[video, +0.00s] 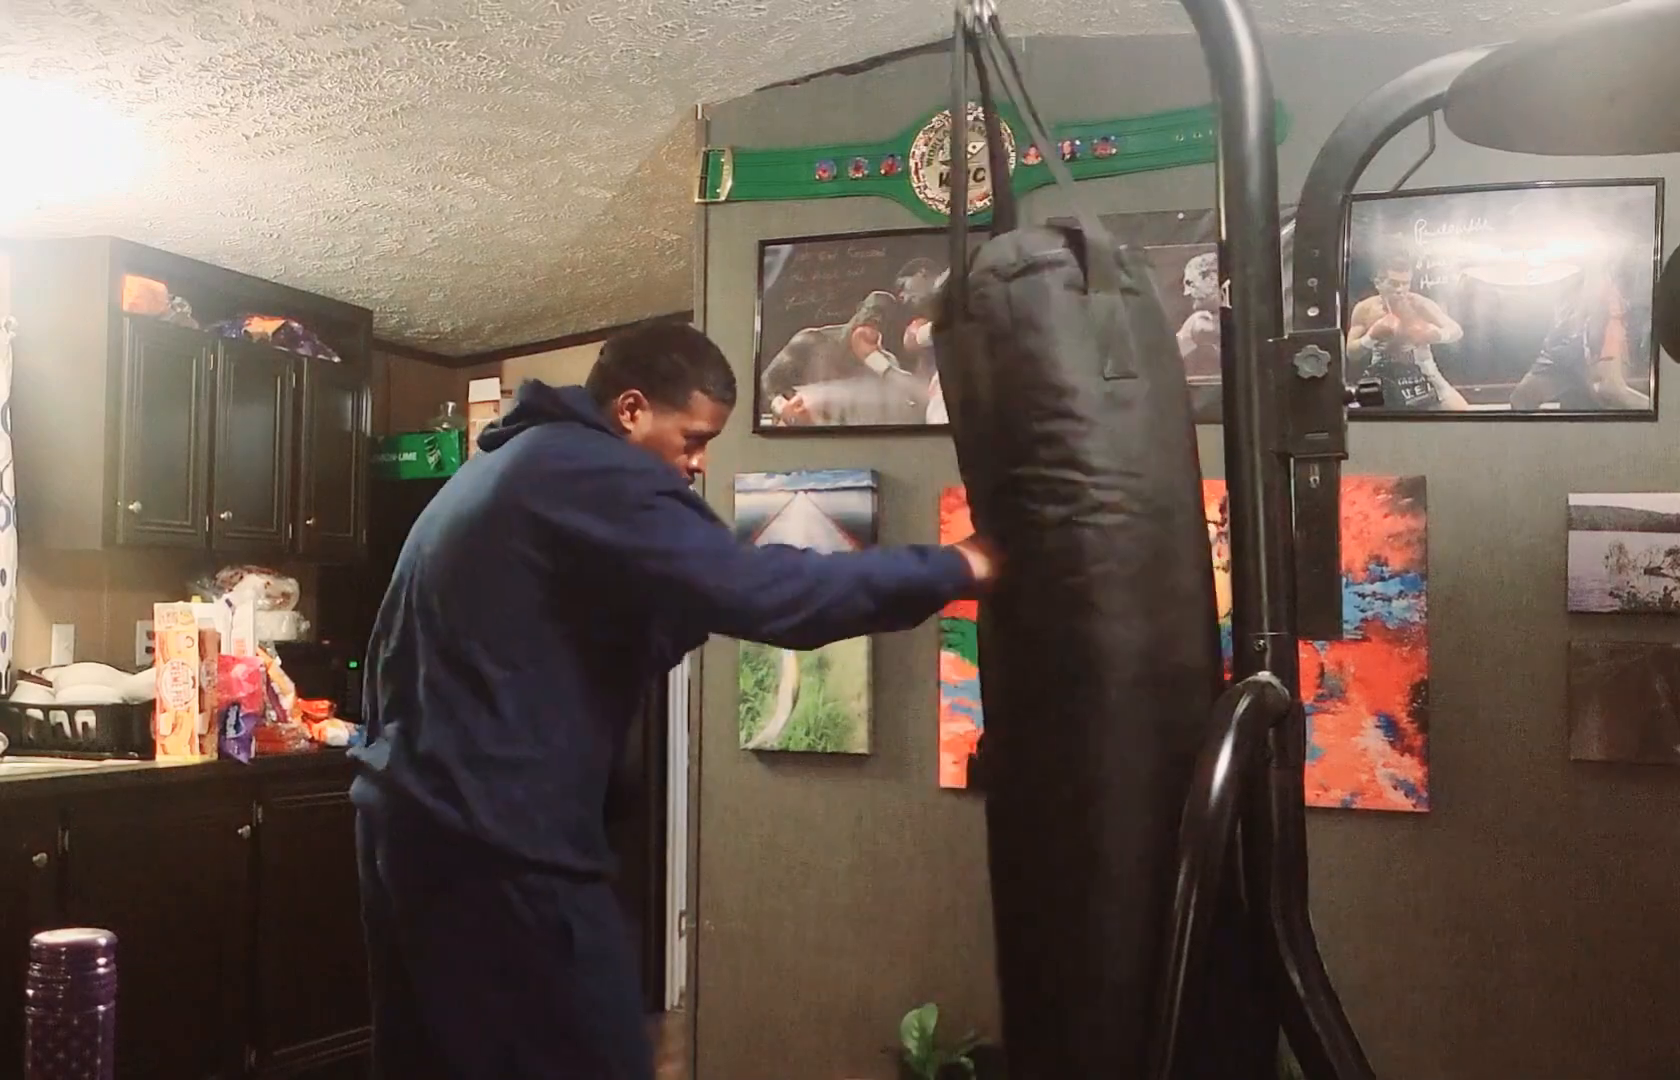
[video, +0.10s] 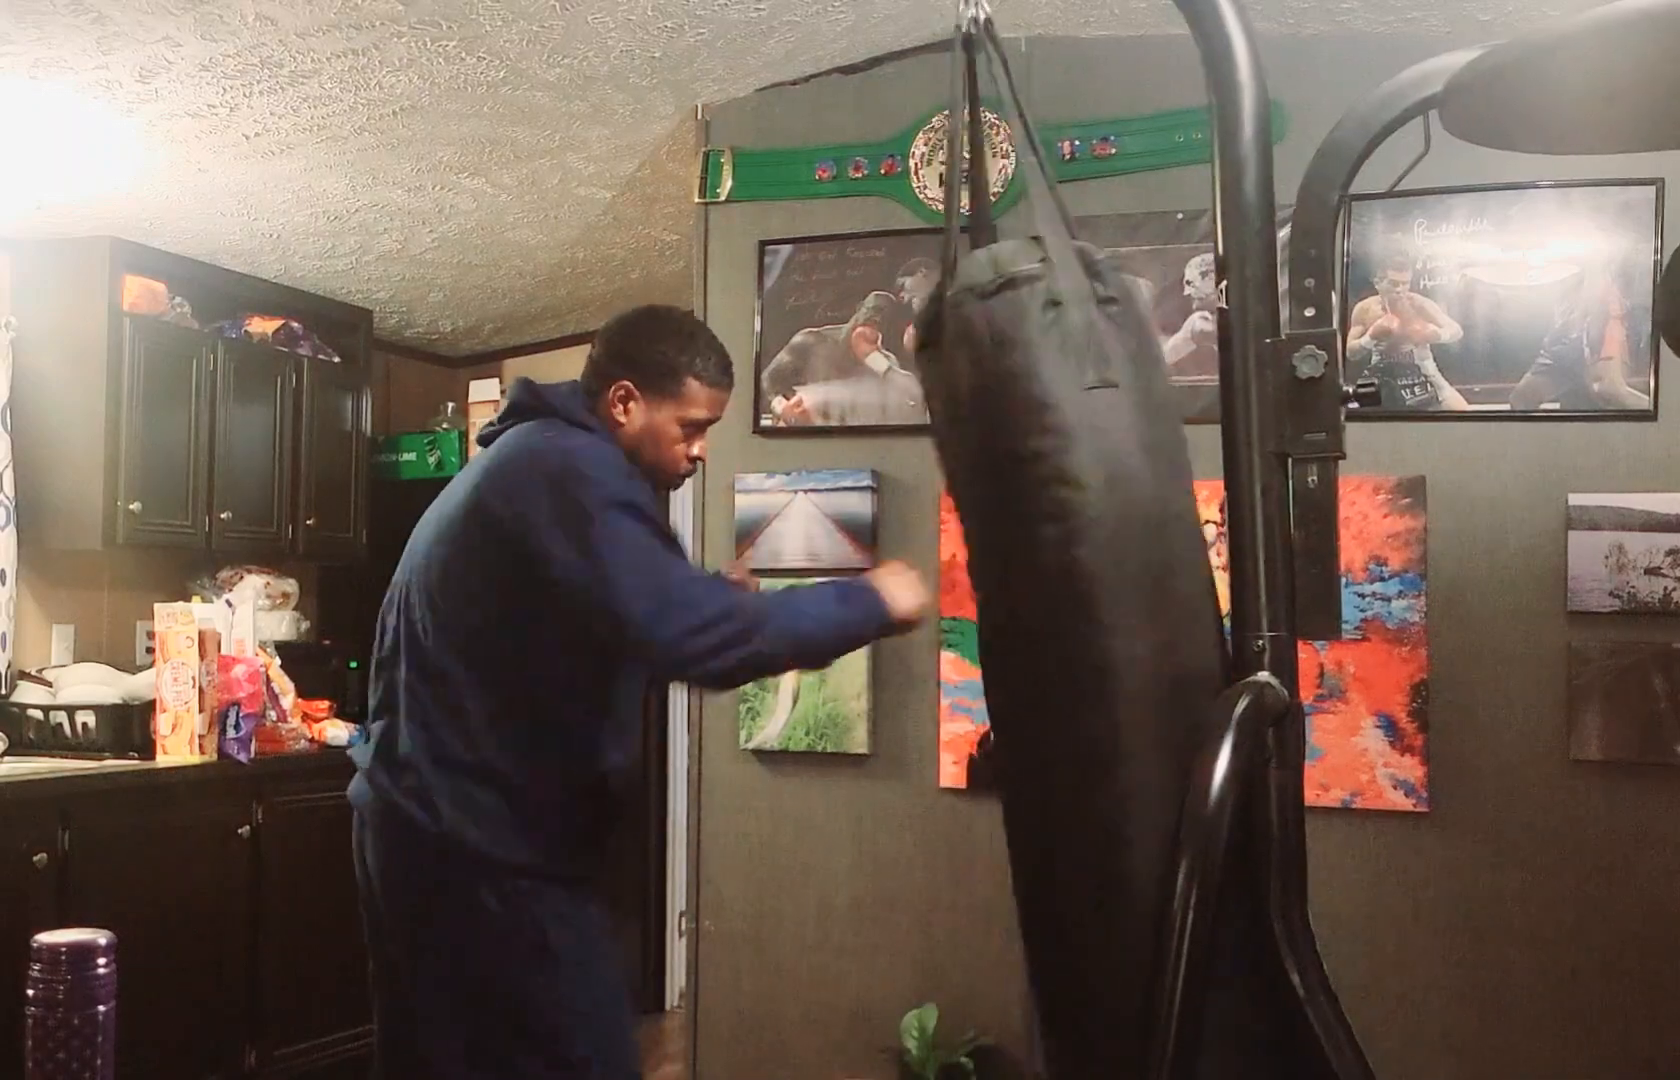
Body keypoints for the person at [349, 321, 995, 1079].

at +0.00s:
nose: (697, 467)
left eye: (704, 448)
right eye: (692, 442)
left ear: (620, 412)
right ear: (630, 410)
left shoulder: (507, 463)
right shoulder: (594, 476)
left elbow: (608, 659)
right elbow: (772, 593)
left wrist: (745, 563)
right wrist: (958, 565)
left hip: (408, 824)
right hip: (506, 841)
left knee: (434, 1055)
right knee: (597, 1056)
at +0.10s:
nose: (698, 453)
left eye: (705, 432)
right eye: (691, 429)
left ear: (621, 403)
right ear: (624, 404)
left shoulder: (534, 457)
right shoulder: (571, 468)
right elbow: (682, 632)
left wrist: (707, 596)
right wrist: (867, 601)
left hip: (428, 820)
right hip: (479, 837)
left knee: (451, 1052)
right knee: (580, 1051)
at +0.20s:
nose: (705, 454)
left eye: (711, 433)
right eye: (695, 429)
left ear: (626, 406)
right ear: (624, 404)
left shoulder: (602, 482)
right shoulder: (530, 481)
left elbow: (632, 629)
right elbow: (563, 693)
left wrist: (721, 598)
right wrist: (748, 640)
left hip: (527, 837)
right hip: (471, 851)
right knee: (553, 1059)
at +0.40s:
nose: (711, 470)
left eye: (719, 449)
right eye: (699, 445)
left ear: (634, 415)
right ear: (630, 412)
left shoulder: (648, 487)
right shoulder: (497, 508)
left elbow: (785, 533)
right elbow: (491, 726)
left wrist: (924, 526)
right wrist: (676, 656)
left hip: (544, 854)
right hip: (470, 866)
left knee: (469, 1064)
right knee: (570, 1062)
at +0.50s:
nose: (701, 452)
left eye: (710, 431)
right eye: (697, 424)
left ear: (633, 394)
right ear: (632, 391)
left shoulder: (604, 487)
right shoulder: (516, 500)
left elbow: (729, 567)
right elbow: (590, 708)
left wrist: (866, 524)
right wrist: (713, 572)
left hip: (532, 858)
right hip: (480, 870)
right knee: (568, 1063)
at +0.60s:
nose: (703, 440)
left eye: (715, 420)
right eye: (704, 413)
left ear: (640, 376)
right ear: (647, 379)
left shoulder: (508, 458)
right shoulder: (558, 482)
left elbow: (640, 617)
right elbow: (705, 673)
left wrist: (765, 539)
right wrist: (745, 496)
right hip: (499, 867)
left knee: (456, 1063)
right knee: (577, 1062)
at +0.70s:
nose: (704, 441)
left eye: (714, 417)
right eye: (707, 410)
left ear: (622, 372)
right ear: (663, 377)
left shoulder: (491, 442)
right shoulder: (608, 472)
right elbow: (783, 625)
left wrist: (716, 506)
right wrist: (761, 446)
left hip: (403, 828)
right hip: (511, 857)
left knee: (423, 1061)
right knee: (572, 1061)